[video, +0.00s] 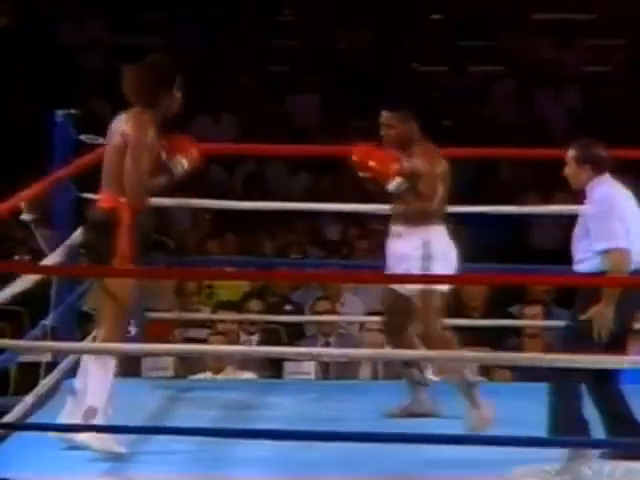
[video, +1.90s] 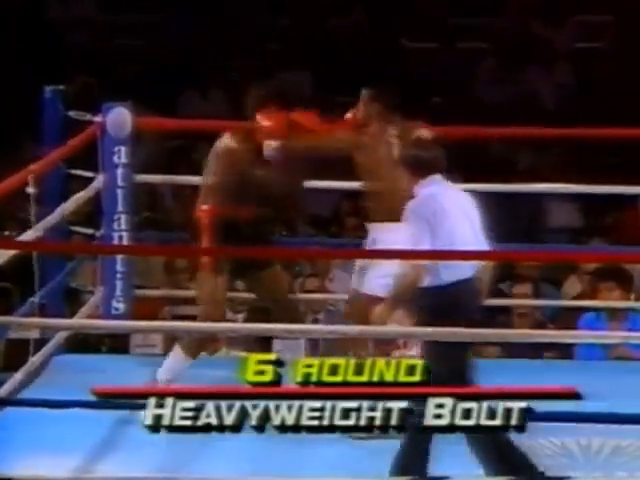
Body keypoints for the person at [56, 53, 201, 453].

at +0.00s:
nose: (180, 98)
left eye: (178, 90)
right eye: (177, 90)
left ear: (141, 89)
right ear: (165, 93)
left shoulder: (123, 122)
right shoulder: (142, 126)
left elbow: (120, 178)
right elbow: (137, 188)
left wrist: (162, 161)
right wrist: (177, 171)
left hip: (106, 219)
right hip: (120, 223)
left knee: (108, 324)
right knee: (114, 325)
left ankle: (78, 412)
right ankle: (93, 419)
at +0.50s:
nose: (215, 113)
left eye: (213, 105)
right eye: (210, 106)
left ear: (179, 109)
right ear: (196, 111)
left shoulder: (165, 142)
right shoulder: (176, 147)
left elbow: (165, 200)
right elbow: (170, 205)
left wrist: (208, 198)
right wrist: (212, 202)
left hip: (153, 239)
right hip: (160, 241)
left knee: (162, 330)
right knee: (172, 339)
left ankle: (113, 399)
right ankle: (148, 438)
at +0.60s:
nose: (224, 109)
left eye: (222, 101)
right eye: (219, 102)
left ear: (187, 104)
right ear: (204, 107)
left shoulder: (172, 138)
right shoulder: (186, 145)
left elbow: (166, 197)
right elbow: (181, 203)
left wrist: (214, 194)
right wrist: (221, 199)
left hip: (172, 235)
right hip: (175, 237)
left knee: (198, 332)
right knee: (175, 338)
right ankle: (145, 436)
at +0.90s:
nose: (252, 117)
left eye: (250, 109)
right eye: (246, 110)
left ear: (219, 113)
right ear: (228, 114)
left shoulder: (209, 145)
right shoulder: (209, 151)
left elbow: (226, 200)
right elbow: (236, 205)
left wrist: (263, 187)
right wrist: (275, 183)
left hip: (220, 245)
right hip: (201, 246)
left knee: (253, 332)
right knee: (181, 338)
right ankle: (151, 434)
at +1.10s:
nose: (291, 122)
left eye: (291, 115)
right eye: (286, 115)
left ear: (265, 120)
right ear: (265, 118)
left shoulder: (263, 147)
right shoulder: (231, 147)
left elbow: (263, 187)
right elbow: (230, 201)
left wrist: (297, 168)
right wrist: (273, 183)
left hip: (254, 234)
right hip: (226, 235)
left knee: (285, 327)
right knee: (228, 329)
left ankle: (295, 415)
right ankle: (172, 416)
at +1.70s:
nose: (290, 112)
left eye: (289, 104)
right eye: (285, 104)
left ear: (272, 108)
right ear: (269, 106)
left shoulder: (279, 139)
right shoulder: (226, 136)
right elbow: (229, 191)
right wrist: (271, 165)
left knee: (298, 304)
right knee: (198, 306)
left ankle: (296, 389)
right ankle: (165, 388)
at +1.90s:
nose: (278, 128)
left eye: (282, 121)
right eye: (273, 119)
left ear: (286, 123)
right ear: (258, 117)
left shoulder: (266, 151)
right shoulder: (231, 148)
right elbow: (209, 209)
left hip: (250, 231)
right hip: (218, 231)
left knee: (288, 310)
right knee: (212, 320)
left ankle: (290, 386)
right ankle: (160, 382)